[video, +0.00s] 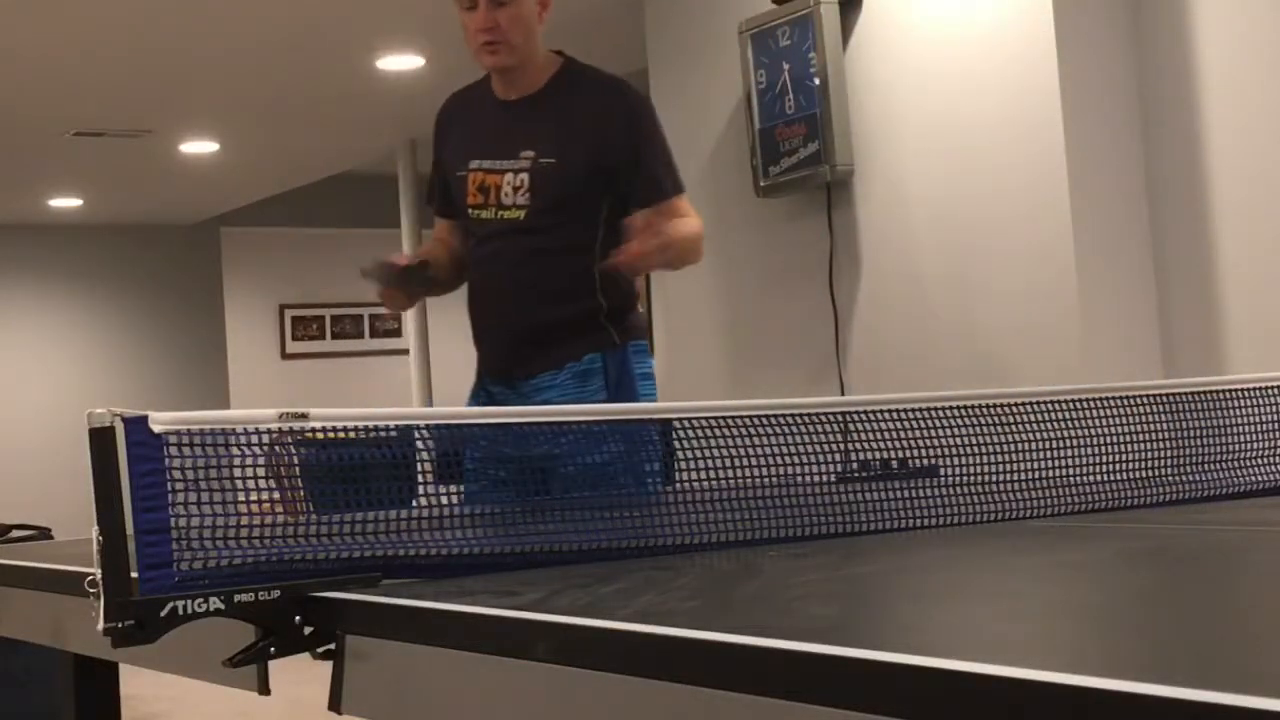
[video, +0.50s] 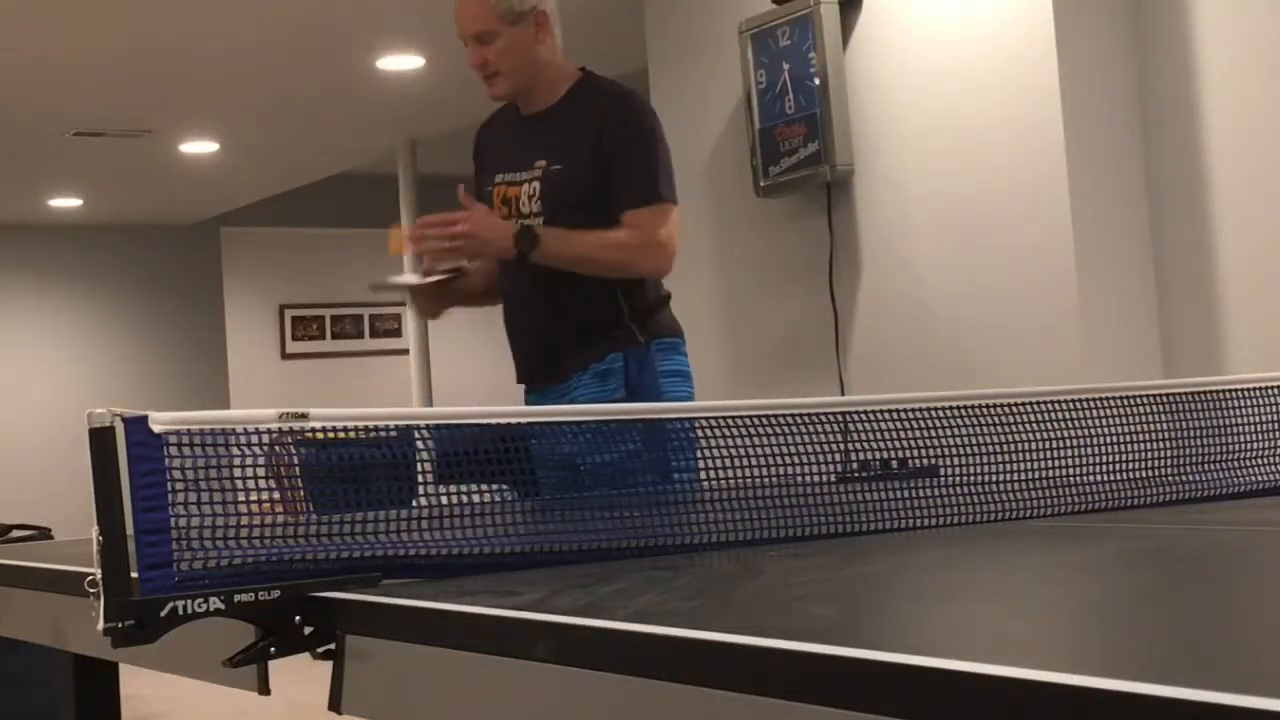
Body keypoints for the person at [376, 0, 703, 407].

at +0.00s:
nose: (485, 22)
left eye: (502, 4)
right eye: (471, 8)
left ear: (542, 9)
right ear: (460, 19)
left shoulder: (611, 104)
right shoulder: (458, 114)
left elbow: (687, 233)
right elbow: (451, 243)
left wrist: (656, 245)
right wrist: (415, 275)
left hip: (595, 374)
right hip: (499, 384)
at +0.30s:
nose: (485, 40)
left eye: (500, 19)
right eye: (475, 26)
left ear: (550, 13)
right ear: (467, 31)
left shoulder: (628, 106)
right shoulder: (486, 124)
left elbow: (703, 245)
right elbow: (488, 259)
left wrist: (644, 208)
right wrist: (402, 297)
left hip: (618, 371)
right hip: (529, 382)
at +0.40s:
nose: (480, 54)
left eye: (492, 33)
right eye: (472, 39)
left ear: (545, 20)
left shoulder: (627, 111)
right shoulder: (490, 131)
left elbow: (679, 247)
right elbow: (503, 263)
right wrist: (422, 303)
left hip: (623, 372)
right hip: (538, 385)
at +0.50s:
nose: (475, 61)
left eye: (486, 40)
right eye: (468, 45)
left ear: (539, 28)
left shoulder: (620, 113)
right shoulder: (493, 136)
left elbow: (654, 251)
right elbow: (512, 271)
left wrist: (516, 239)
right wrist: (448, 287)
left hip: (631, 373)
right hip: (548, 387)